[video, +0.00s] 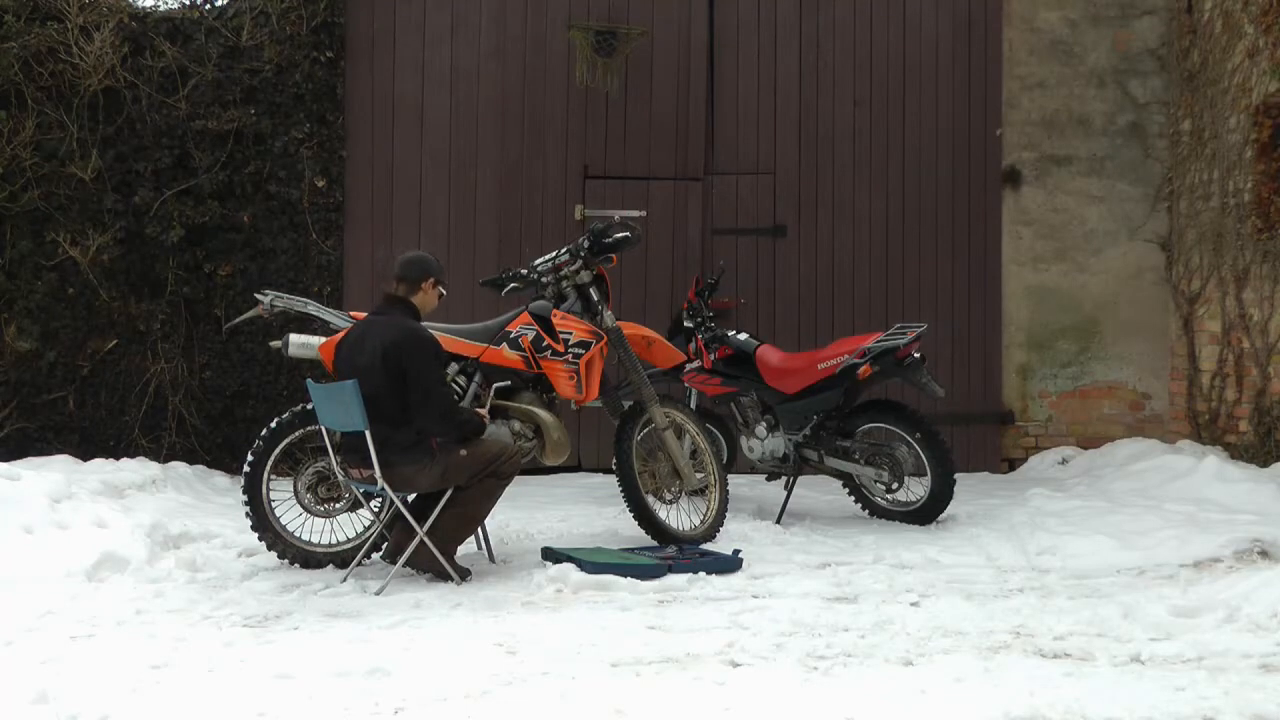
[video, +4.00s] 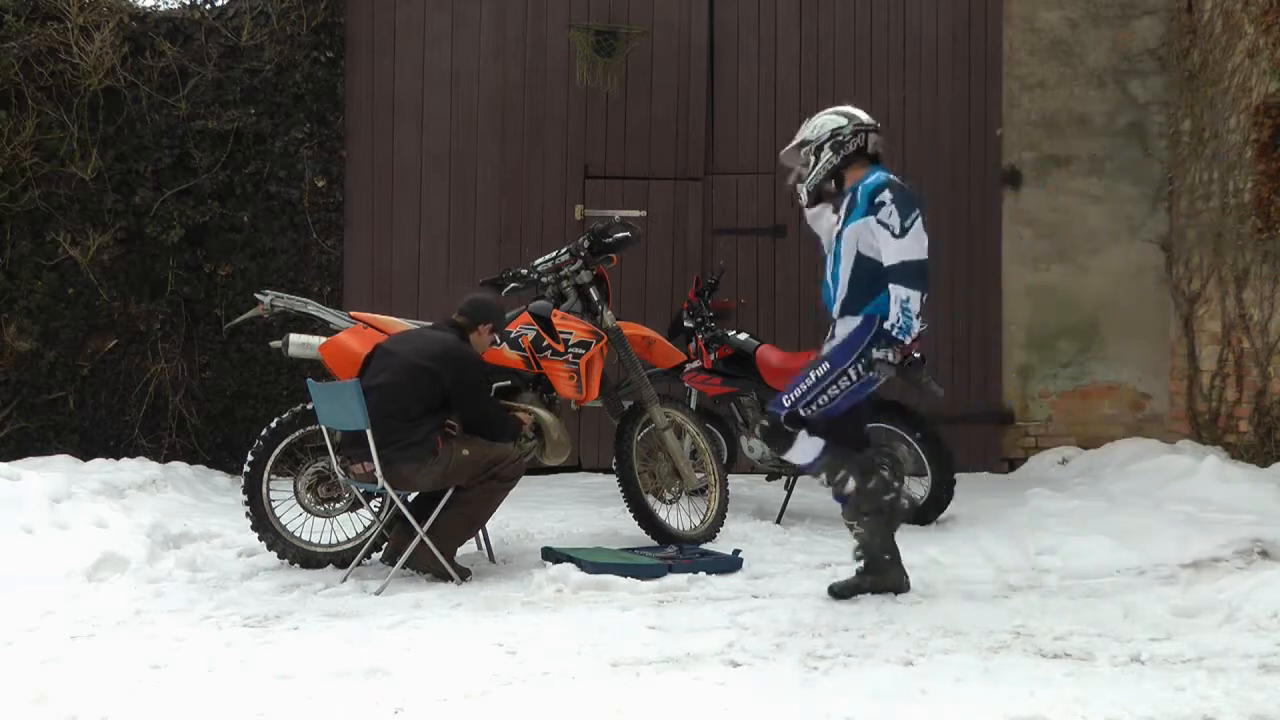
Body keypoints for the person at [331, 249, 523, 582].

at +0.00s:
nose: (439, 299)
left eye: (440, 291)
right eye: (439, 290)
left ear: (398, 284)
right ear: (425, 286)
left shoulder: (357, 333)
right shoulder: (417, 340)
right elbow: (439, 418)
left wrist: (454, 415)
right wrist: (477, 422)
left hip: (364, 457)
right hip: (403, 465)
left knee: (465, 449)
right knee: (507, 452)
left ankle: (404, 541)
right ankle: (435, 549)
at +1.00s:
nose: (473, 340)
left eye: (476, 333)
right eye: (475, 332)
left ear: (441, 314)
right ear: (467, 323)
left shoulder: (392, 337)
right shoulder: (451, 352)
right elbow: (482, 430)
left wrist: (440, 420)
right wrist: (495, 419)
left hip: (358, 458)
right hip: (402, 463)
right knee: (507, 460)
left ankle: (401, 543)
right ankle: (434, 551)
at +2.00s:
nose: (475, 340)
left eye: (478, 333)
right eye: (478, 331)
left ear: (442, 314)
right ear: (470, 324)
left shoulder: (391, 338)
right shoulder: (453, 353)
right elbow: (477, 430)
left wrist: (435, 423)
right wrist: (495, 432)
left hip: (356, 457)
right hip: (400, 463)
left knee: (464, 454)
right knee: (507, 461)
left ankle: (402, 543)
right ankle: (434, 552)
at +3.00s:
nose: (484, 335)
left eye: (486, 328)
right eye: (484, 327)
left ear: (446, 314)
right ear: (473, 321)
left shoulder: (400, 337)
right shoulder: (456, 353)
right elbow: (482, 424)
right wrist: (515, 421)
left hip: (357, 455)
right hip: (401, 461)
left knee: (461, 451)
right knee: (508, 462)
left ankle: (401, 543)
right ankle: (435, 551)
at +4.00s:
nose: (492, 345)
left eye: (495, 338)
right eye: (493, 337)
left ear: (459, 317)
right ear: (483, 329)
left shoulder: (404, 337)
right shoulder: (461, 357)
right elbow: (485, 422)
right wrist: (516, 423)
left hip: (357, 456)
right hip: (400, 461)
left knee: (464, 453)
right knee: (508, 464)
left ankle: (402, 543)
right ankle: (435, 550)